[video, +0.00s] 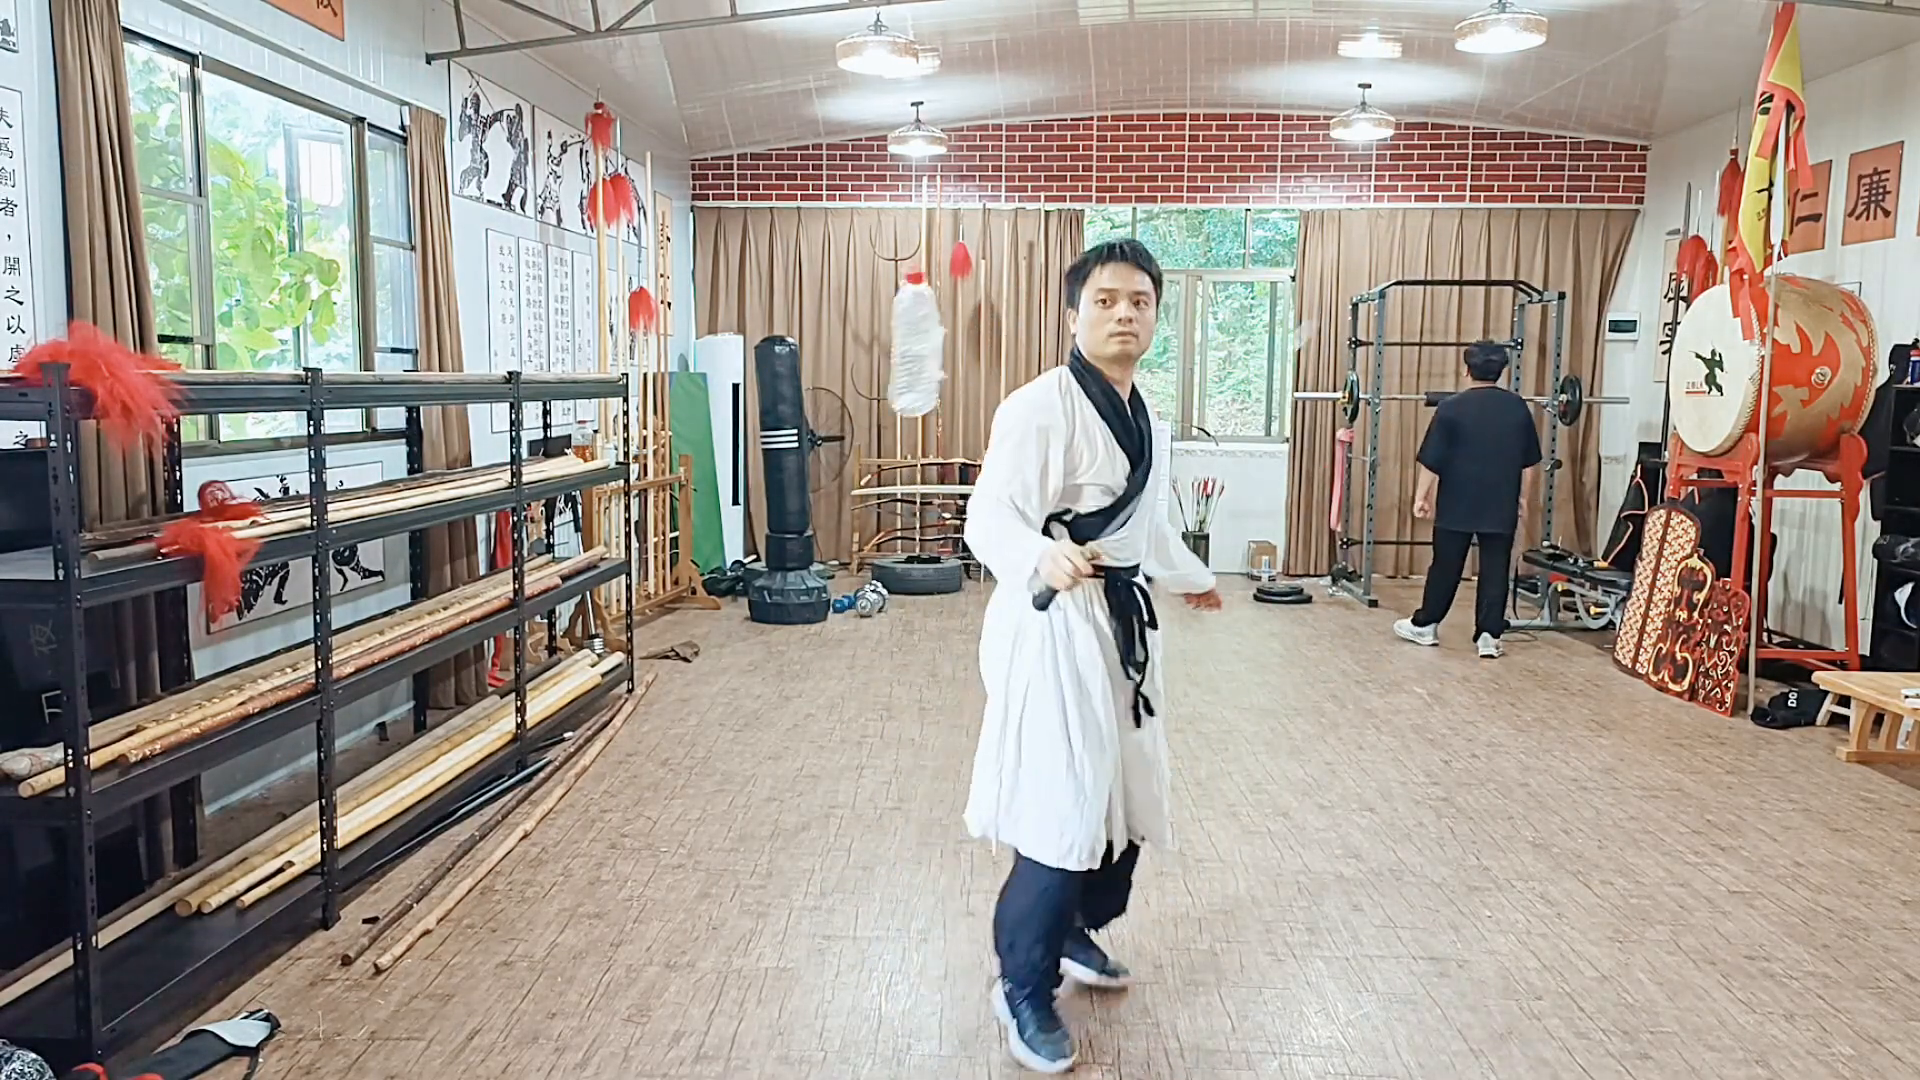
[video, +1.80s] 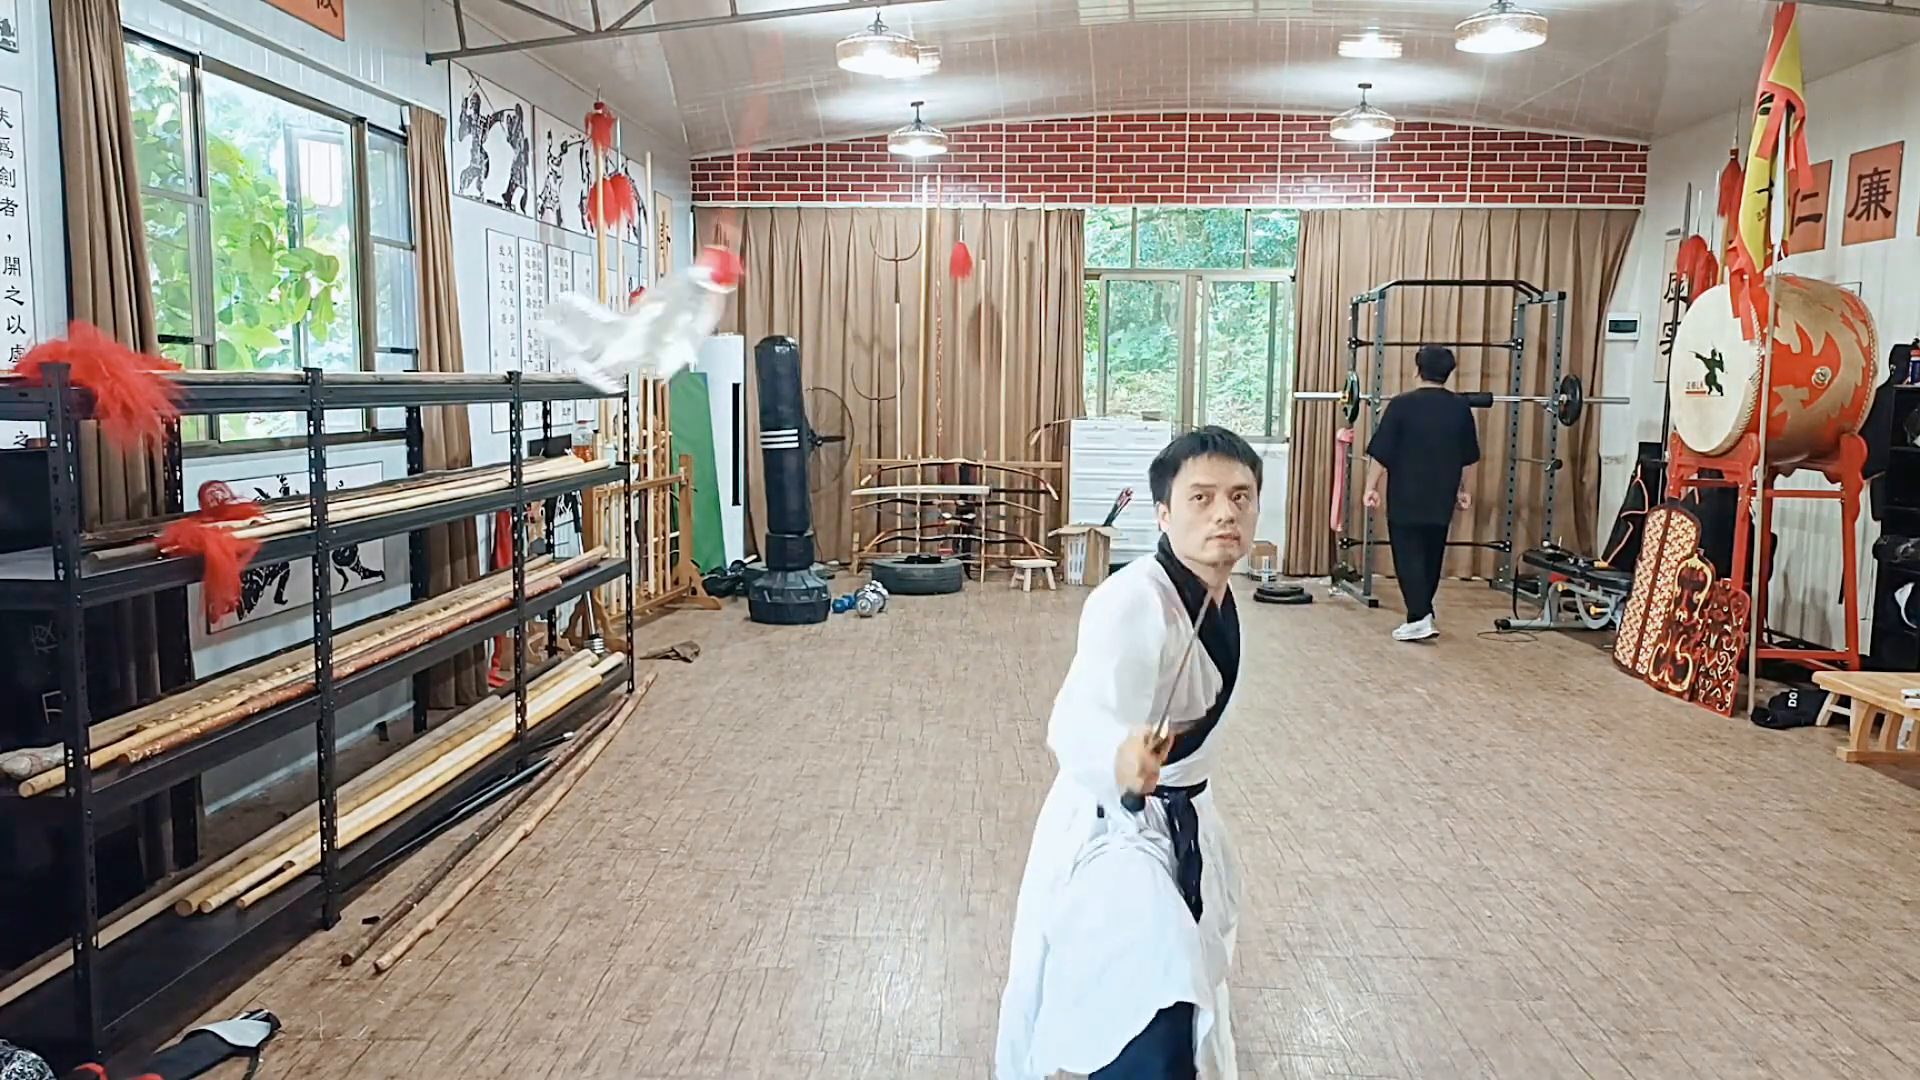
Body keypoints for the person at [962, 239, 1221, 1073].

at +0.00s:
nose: (1126, 314)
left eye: (1140, 301)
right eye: (1108, 300)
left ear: (1157, 316)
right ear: (1075, 313)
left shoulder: (1147, 416)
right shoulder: (1040, 406)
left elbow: (1151, 522)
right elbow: (989, 517)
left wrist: (1189, 578)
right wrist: (1041, 555)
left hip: (1122, 621)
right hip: (1051, 625)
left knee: (1126, 785)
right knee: (1063, 804)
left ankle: (1072, 927)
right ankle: (1024, 982)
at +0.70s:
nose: (1124, 373)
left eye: (1140, 360)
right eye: (1108, 358)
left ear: (1156, 374)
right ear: (1079, 368)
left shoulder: (1151, 456)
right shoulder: (1041, 457)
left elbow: (1214, 531)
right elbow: (1000, 556)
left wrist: (1308, 557)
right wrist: (1027, 592)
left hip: (1115, 640)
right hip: (1052, 645)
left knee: (1109, 783)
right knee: (1064, 809)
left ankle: (1080, 907)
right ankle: (1032, 1015)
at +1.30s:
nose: (1172, 412)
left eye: (1180, 396)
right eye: (1156, 396)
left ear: (1191, 407)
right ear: (1112, 403)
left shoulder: (1171, 502)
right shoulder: (1073, 504)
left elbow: (1221, 579)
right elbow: (1024, 629)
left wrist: (1314, 582)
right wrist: (1057, 690)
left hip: (1132, 708)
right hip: (1072, 714)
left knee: (1107, 846)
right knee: (1129, 892)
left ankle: (1041, 961)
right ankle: (1104, 1065)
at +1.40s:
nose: (1189, 415)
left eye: (1199, 399)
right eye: (1172, 398)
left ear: (1210, 407)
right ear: (1133, 406)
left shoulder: (1184, 496)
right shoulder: (1097, 501)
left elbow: (1183, 591)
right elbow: (1028, 611)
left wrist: (1255, 611)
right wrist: (1073, 650)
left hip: (1152, 722)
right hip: (1090, 729)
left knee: (1135, 898)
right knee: (1118, 919)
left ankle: (1122, 1044)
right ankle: (1116, 1067)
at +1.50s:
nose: (1196, 462)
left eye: (1208, 445)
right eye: (1175, 444)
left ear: (1223, 459)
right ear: (1141, 458)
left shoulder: (1178, 553)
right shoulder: (1127, 554)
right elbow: (1121, 617)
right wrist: (1115, 588)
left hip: (1143, 780)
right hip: (1097, 792)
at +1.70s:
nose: (1225, 521)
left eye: (1239, 504)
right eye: (1201, 506)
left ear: (1253, 518)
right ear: (1158, 523)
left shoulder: (1206, 595)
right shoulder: (1140, 589)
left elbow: (1113, 588)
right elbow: (1126, 621)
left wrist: (1073, 571)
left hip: (1174, 828)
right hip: (1100, 836)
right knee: (1155, 972)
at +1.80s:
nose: (1225, 514)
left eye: (1241, 496)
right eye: (1202, 497)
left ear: (1256, 511)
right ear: (1164, 514)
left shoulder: (1219, 593)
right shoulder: (1133, 601)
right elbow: (1079, 718)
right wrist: (1121, 759)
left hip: (1181, 812)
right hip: (1105, 824)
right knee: (1160, 976)